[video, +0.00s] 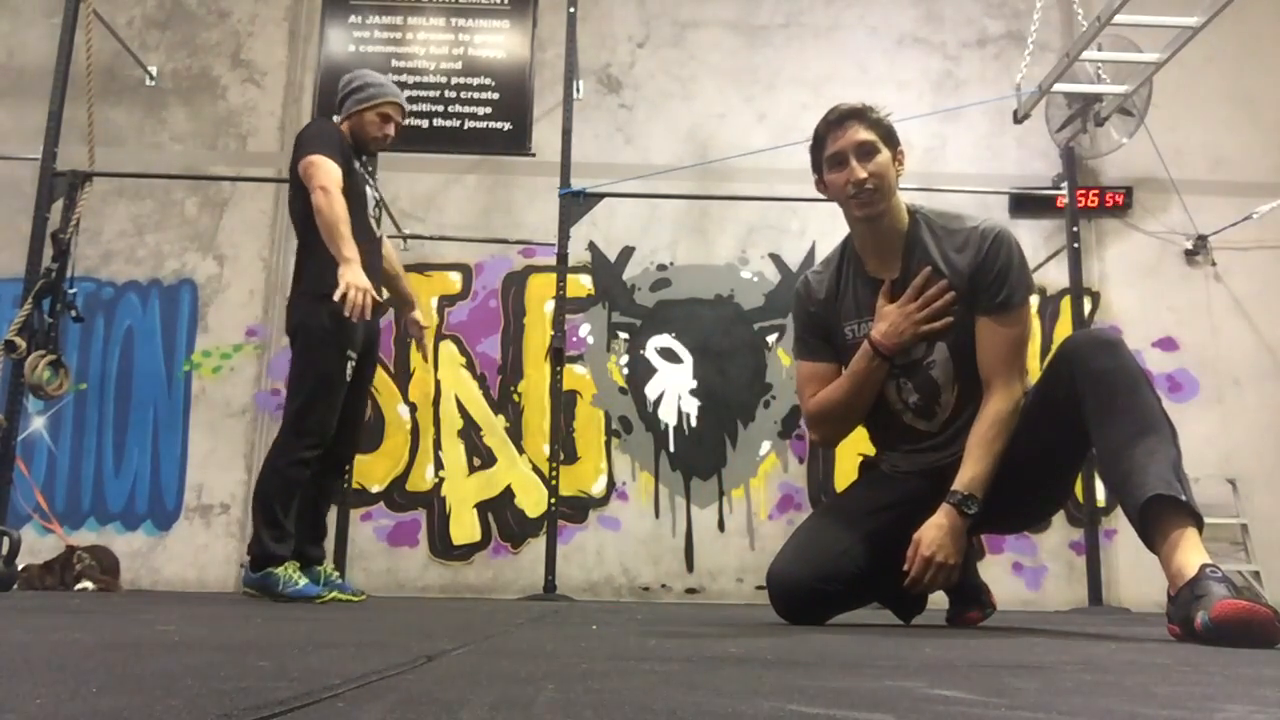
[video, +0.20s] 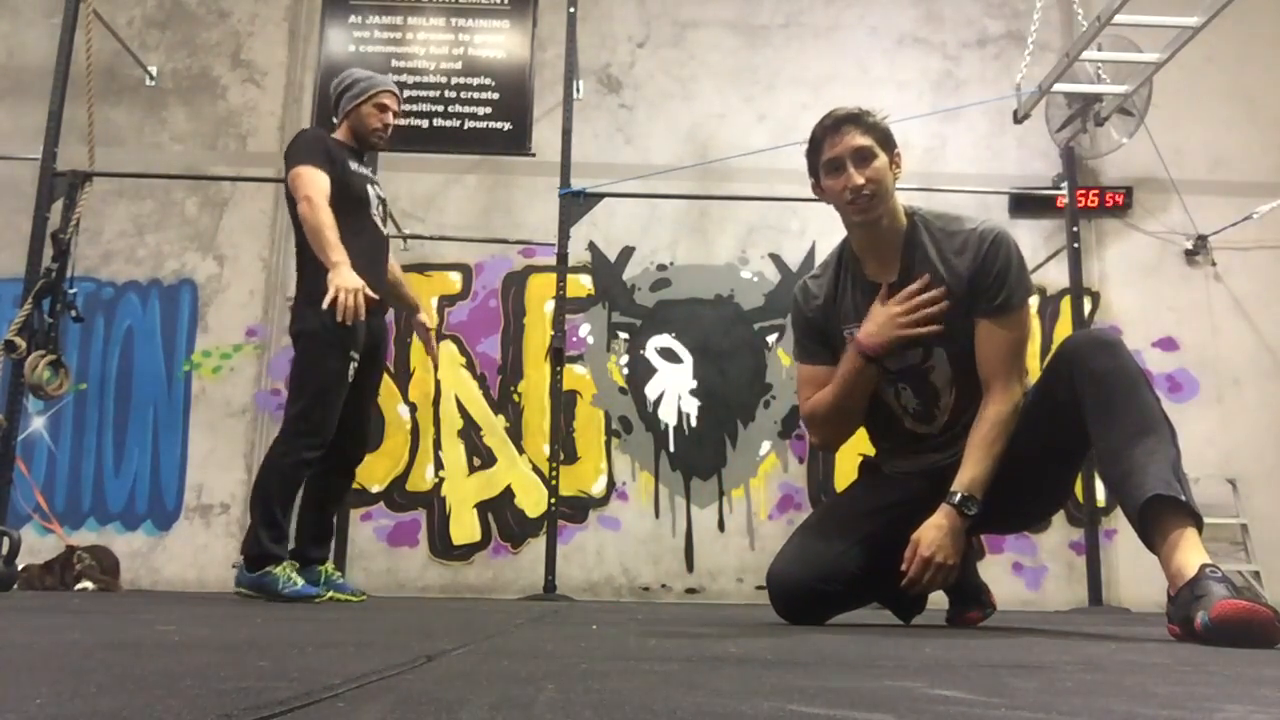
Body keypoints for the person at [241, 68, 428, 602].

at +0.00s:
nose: (390, 131)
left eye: (396, 123)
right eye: (382, 118)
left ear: (391, 125)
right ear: (352, 110)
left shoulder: (360, 171)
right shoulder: (321, 135)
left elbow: (378, 245)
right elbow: (324, 194)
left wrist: (408, 303)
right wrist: (349, 262)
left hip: (359, 315)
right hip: (326, 309)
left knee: (334, 442)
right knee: (306, 434)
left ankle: (308, 563)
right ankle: (268, 563)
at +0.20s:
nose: (390, 120)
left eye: (394, 113)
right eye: (381, 108)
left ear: (389, 120)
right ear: (348, 106)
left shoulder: (364, 172)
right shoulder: (313, 143)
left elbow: (376, 254)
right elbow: (310, 202)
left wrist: (414, 305)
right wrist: (340, 266)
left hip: (369, 319)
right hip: (327, 314)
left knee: (346, 443)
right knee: (307, 433)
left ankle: (311, 564)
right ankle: (261, 563)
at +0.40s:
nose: (392, 121)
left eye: (396, 112)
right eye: (383, 109)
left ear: (385, 117)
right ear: (349, 107)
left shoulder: (361, 171)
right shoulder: (314, 153)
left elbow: (368, 263)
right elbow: (308, 230)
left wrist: (403, 324)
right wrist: (326, 298)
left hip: (364, 321)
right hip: (329, 314)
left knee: (335, 447)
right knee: (307, 438)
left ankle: (309, 563)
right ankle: (269, 563)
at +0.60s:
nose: (389, 125)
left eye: (392, 116)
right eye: (380, 114)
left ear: (369, 119)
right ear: (347, 111)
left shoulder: (352, 176)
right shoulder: (310, 159)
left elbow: (364, 266)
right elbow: (318, 233)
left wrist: (401, 324)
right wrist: (346, 304)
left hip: (346, 324)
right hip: (313, 321)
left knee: (325, 447)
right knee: (296, 439)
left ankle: (303, 564)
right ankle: (265, 565)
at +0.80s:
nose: (386, 131)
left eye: (389, 122)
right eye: (378, 119)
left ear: (363, 121)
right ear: (343, 114)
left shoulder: (350, 177)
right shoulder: (307, 156)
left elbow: (372, 255)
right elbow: (328, 225)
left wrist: (405, 306)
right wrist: (370, 291)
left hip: (344, 320)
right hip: (307, 316)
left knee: (319, 445)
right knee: (288, 439)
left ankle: (299, 563)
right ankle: (260, 565)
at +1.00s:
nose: (386, 131)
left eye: (389, 122)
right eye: (378, 119)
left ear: (360, 120)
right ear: (344, 115)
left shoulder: (344, 176)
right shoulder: (307, 159)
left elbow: (359, 260)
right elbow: (315, 234)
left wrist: (397, 308)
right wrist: (365, 295)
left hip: (342, 319)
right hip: (311, 316)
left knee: (320, 445)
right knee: (291, 440)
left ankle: (301, 564)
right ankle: (263, 566)